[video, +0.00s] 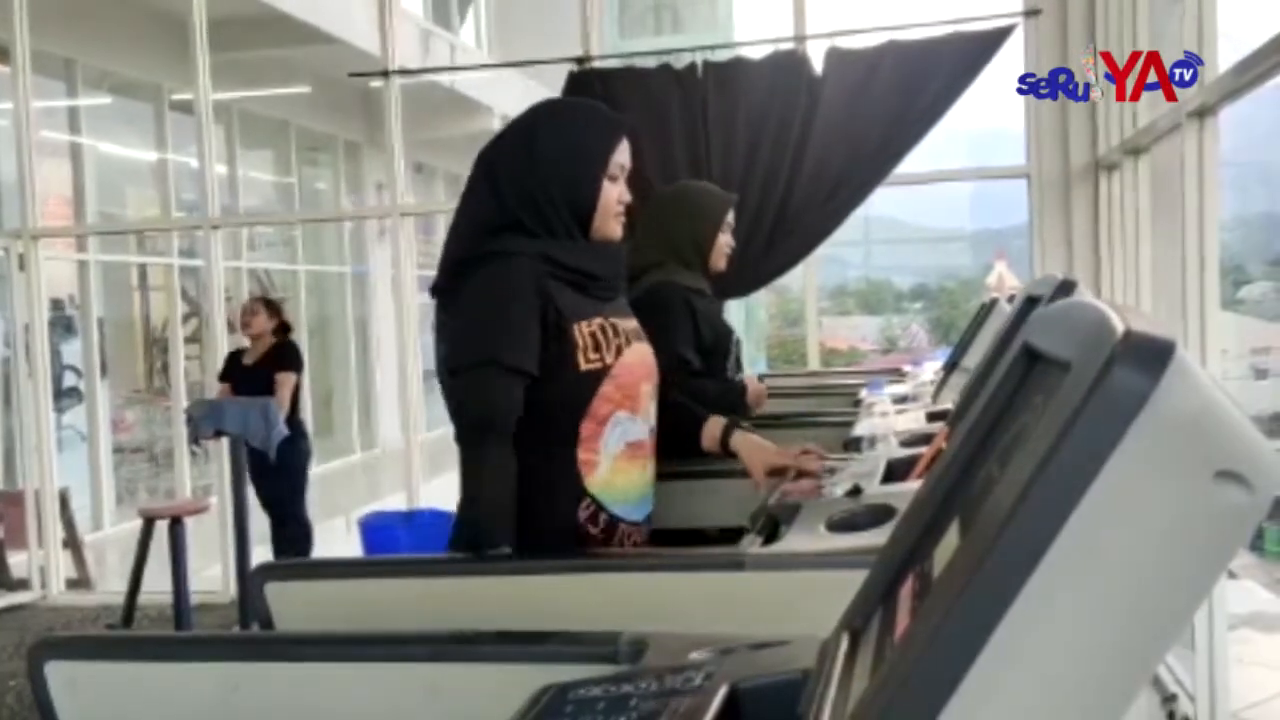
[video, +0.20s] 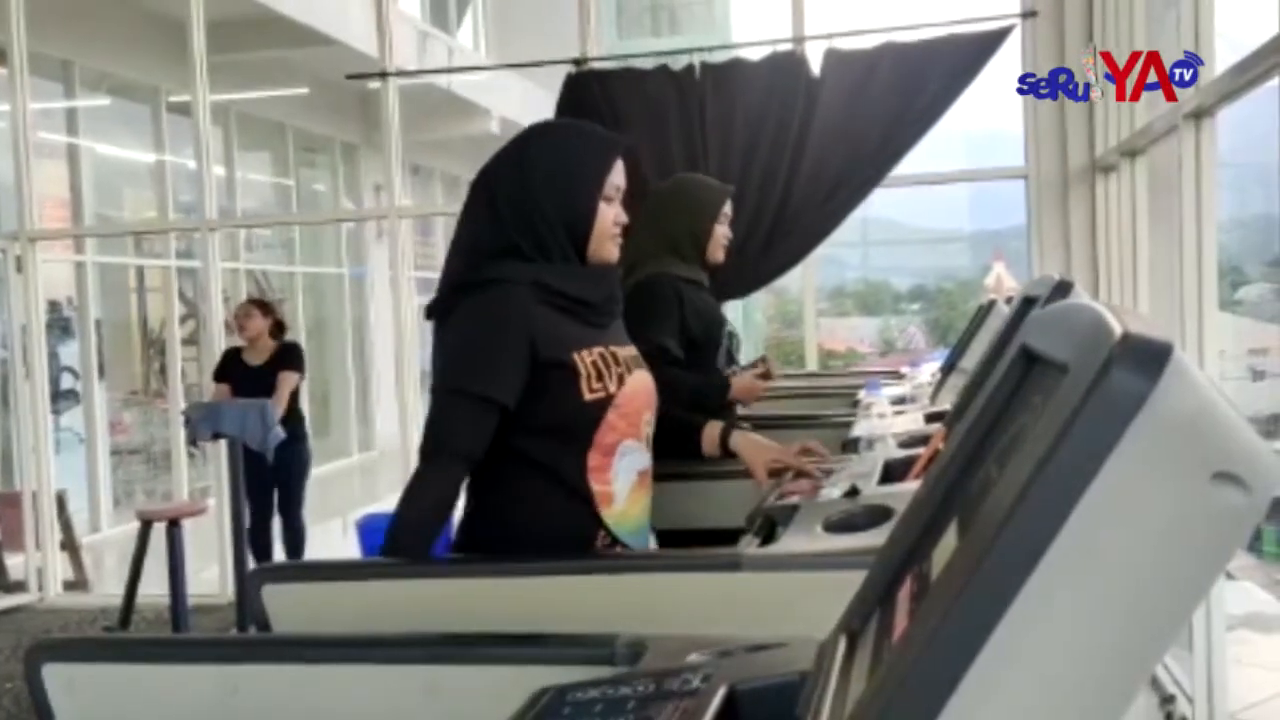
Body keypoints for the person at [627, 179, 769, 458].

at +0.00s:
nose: (731, 243)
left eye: (730, 232)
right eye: (724, 230)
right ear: (695, 230)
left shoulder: (688, 291)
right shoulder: (667, 295)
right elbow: (674, 387)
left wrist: (733, 388)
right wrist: (738, 396)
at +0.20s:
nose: (729, 234)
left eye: (729, 223)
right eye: (723, 222)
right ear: (692, 222)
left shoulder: (691, 286)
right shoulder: (660, 288)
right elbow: (660, 381)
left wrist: (737, 378)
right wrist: (727, 390)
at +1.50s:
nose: (713, 230)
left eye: (709, 220)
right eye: (702, 220)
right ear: (675, 229)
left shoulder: (692, 296)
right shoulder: (652, 299)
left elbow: (710, 400)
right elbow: (636, 393)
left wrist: (742, 369)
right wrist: (703, 412)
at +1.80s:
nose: (714, 220)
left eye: (709, 211)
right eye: (703, 211)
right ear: (677, 220)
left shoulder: (689, 287)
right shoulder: (658, 292)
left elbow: (690, 375)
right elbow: (656, 385)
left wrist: (738, 385)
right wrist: (729, 400)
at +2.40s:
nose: (727, 221)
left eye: (723, 211)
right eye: (716, 211)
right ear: (688, 219)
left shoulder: (688, 284)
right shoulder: (667, 289)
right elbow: (674, 380)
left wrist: (742, 386)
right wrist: (737, 407)